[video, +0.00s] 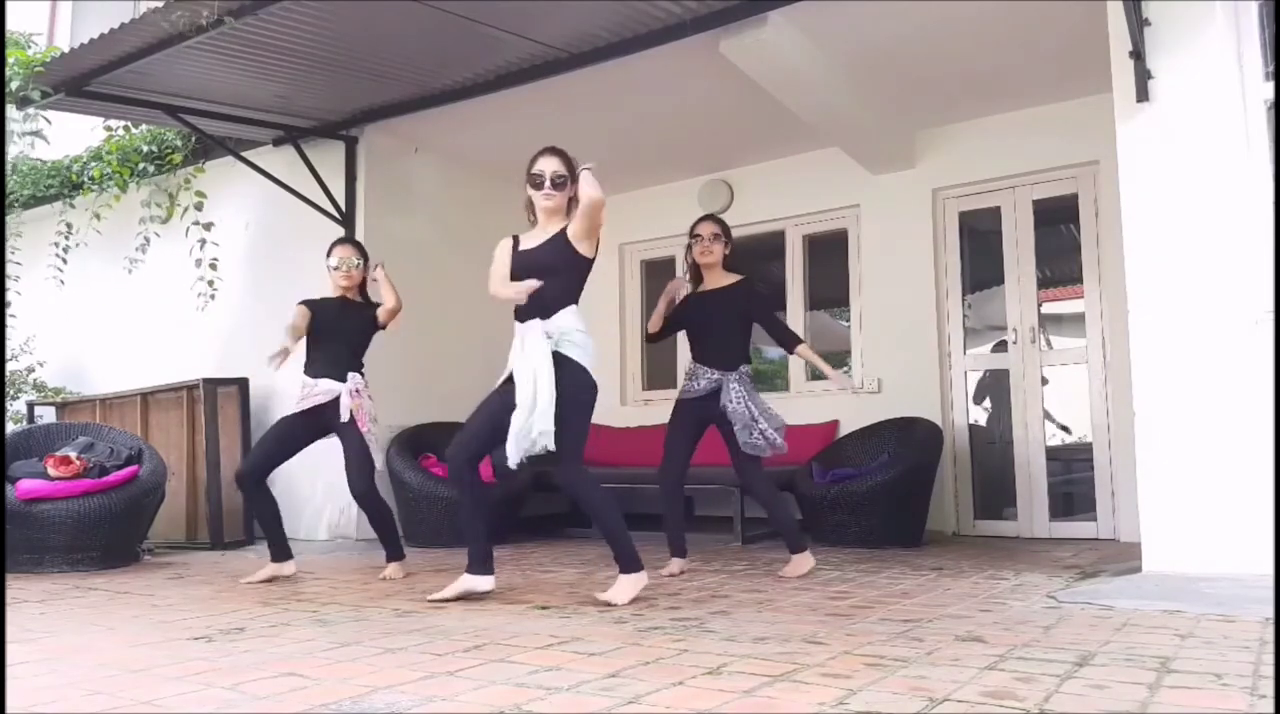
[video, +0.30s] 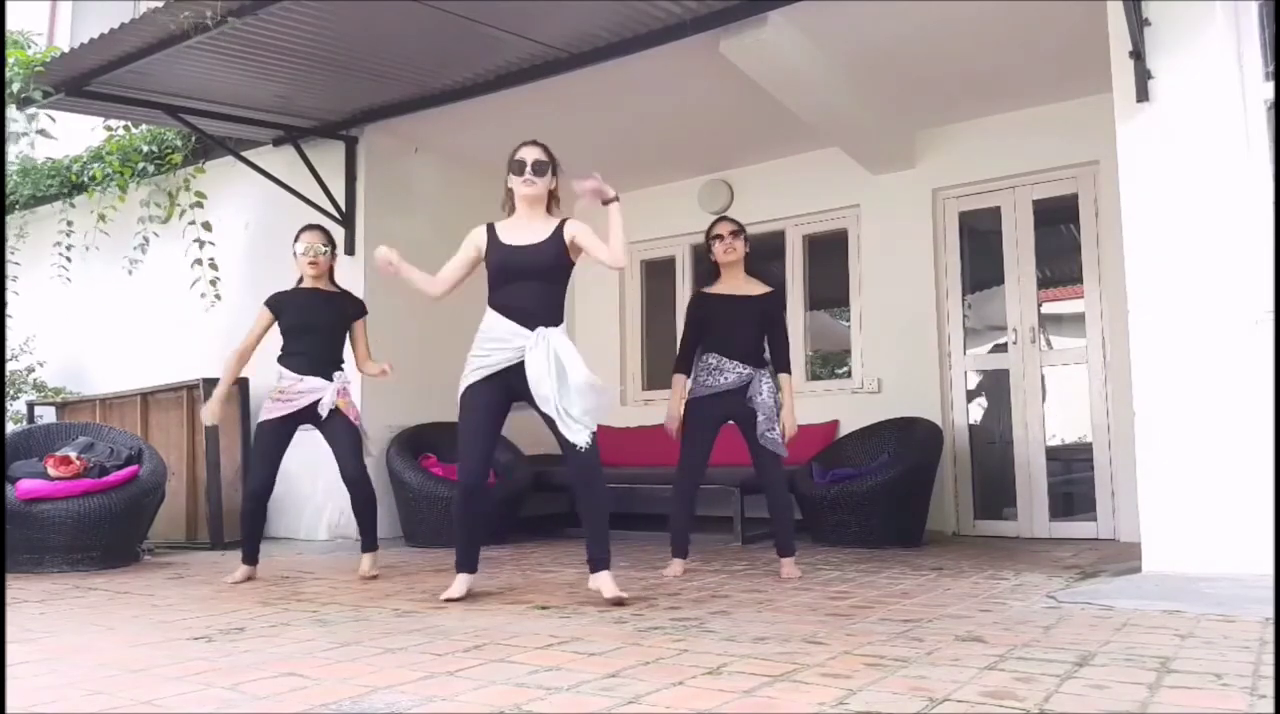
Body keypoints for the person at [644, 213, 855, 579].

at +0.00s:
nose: (705, 244)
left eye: (713, 238)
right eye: (698, 239)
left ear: (726, 246)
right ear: (690, 248)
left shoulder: (743, 289)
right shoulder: (690, 299)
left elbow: (782, 334)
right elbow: (653, 335)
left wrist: (827, 369)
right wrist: (665, 301)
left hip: (732, 391)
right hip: (694, 390)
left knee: (751, 478)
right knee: (670, 475)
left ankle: (800, 553)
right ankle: (677, 557)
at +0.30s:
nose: (726, 243)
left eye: (733, 236)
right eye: (718, 239)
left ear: (745, 244)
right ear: (710, 250)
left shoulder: (768, 295)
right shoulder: (702, 297)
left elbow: (780, 353)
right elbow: (685, 351)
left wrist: (787, 406)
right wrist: (675, 401)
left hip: (754, 392)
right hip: (705, 393)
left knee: (772, 475)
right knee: (687, 475)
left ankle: (787, 556)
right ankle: (678, 557)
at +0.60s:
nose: (731, 234)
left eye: (737, 227)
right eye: (722, 230)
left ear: (748, 235)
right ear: (713, 242)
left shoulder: (766, 290)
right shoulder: (701, 286)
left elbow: (771, 348)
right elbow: (688, 338)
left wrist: (783, 394)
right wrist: (680, 385)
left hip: (752, 388)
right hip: (705, 387)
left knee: (771, 472)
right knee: (689, 473)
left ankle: (786, 554)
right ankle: (677, 557)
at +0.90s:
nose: (749, 246)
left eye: (754, 240)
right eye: (739, 243)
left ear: (763, 248)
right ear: (729, 257)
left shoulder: (779, 303)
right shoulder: (716, 299)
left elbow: (784, 359)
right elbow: (694, 353)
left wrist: (790, 407)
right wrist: (683, 403)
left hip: (763, 398)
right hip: (715, 397)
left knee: (782, 477)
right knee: (697, 476)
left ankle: (788, 557)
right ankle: (679, 558)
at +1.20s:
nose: (741, 249)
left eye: (747, 246)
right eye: (733, 243)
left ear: (753, 256)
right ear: (717, 252)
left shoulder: (761, 305)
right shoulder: (696, 298)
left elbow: (776, 356)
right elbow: (682, 353)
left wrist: (781, 400)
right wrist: (676, 402)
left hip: (757, 393)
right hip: (711, 392)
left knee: (780, 472)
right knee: (688, 471)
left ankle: (787, 555)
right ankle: (664, 558)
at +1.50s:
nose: (696, 251)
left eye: (705, 248)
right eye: (690, 245)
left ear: (712, 259)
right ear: (678, 253)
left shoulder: (727, 300)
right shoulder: (668, 308)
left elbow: (748, 353)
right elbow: (660, 356)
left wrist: (770, 400)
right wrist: (646, 391)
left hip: (734, 394)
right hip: (690, 397)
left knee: (758, 476)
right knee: (663, 478)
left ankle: (786, 555)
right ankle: (661, 559)